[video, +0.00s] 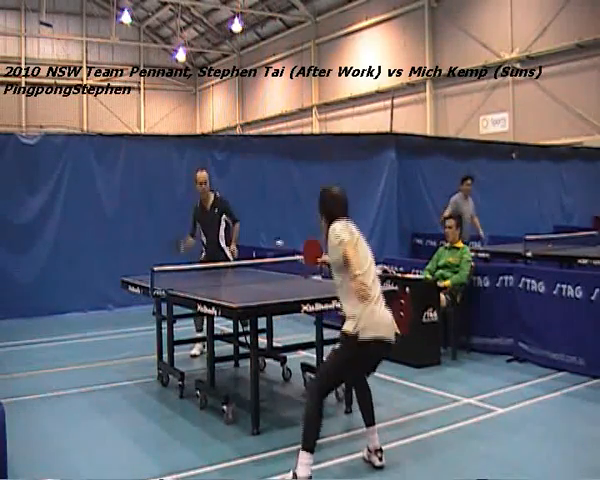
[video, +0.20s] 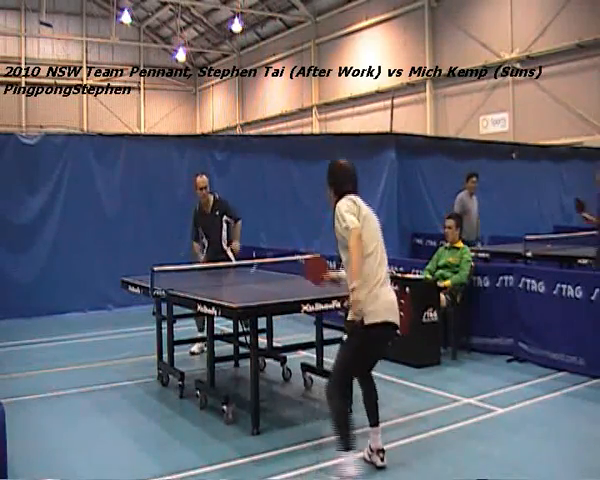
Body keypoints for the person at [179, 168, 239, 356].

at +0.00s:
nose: (202, 187)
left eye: (204, 183)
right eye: (199, 184)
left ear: (209, 184)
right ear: (195, 185)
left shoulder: (221, 203)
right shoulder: (198, 208)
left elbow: (235, 222)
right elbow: (194, 234)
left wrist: (233, 243)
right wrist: (186, 244)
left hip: (224, 257)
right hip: (207, 257)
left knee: (233, 295)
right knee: (199, 297)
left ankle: (249, 334)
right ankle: (199, 339)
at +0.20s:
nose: (203, 192)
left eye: (205, 188)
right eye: (200, 189)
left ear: (210, 188)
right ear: (196, 191)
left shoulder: (221, 204)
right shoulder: (198, 212)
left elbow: (237, 221)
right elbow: (195, 240)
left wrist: (235, 241)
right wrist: (200, 256)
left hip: (226, 256)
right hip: (209, 258)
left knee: (233, 295)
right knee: (199, 298)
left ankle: (250, 333)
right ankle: (202, 338)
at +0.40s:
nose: (213, 196)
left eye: (215, 192)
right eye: (210, 192)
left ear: (218, 191)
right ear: (203, 192)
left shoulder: (220, 202)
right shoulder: (197, 211)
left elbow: (231, 217)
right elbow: (191, 241)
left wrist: (240, 234)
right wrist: (213, 245)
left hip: (222, 253)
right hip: (205, 255)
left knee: (223, 290)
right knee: (201, 296)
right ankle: (200, 338)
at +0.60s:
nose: (224, 198)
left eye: (226, 195)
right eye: (221, 194)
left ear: (228, 194)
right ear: (213, 193)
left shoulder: (224, 208)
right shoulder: (207, 208)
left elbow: (221, 230)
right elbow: (202, 230)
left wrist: (228, 236)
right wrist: (205, 250)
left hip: (224, 257)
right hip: (209, 259)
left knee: (223, 296)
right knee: (203, 299)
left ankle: (230, 331)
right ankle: (199, 338)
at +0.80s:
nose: (225, 189)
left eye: (227, 186)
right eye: (222, 185)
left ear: (230, 187)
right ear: (215, 185)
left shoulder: (227, 203)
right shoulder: (207, 204)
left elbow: (223, 228)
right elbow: (195, 223)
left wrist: (227, 246)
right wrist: (191, 243)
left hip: (222, 258)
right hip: (204, 259)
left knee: (228, 295)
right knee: (194, 300)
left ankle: (233, 332)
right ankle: (185, 337)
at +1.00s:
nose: (210, 186)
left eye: (213, 183)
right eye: (207, 183)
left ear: (216, 185)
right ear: (201, 183)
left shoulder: (217, 203)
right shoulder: (195, 204)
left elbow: (220, 229)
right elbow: (179, 223)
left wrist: (222, 249)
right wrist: (182, 239)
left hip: (215, 257)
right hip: (196, 256)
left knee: (225, 291)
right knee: (184, 294)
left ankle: (230, 328)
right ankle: (174, 331)